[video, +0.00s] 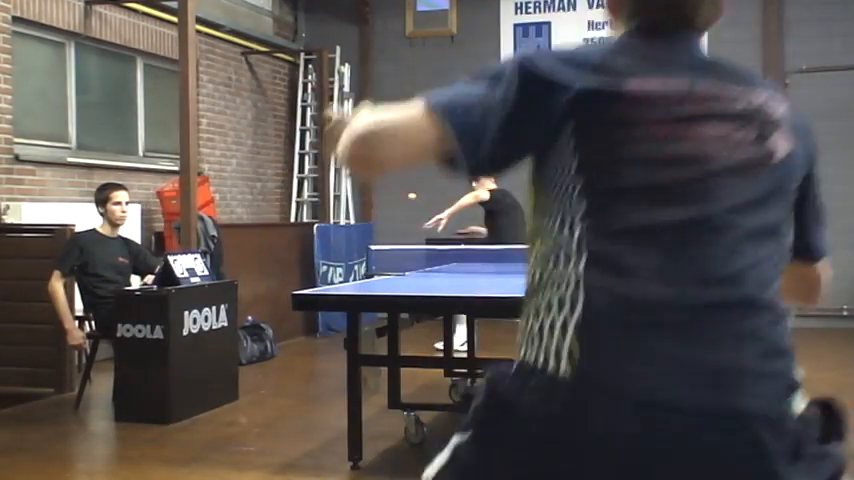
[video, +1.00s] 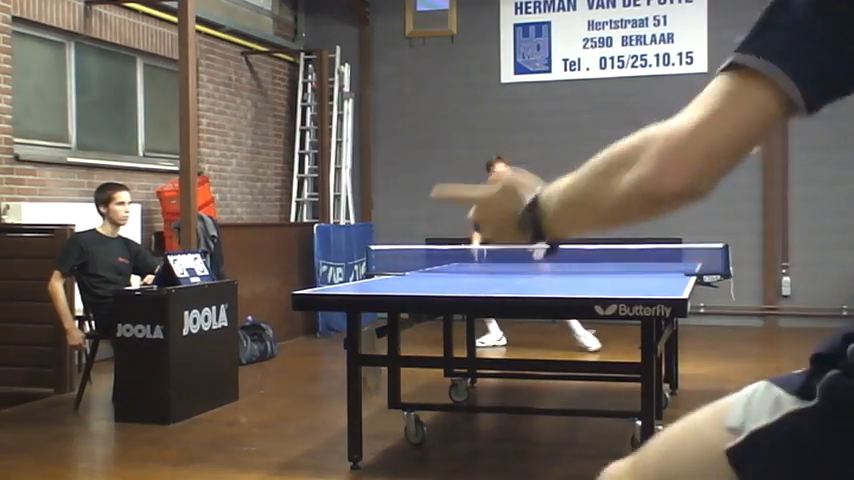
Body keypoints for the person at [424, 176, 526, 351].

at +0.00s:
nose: (474, 188)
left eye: (475, 183)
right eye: (473, 184)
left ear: (486, 181)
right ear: (493, 180)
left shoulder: (496, 196)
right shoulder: (508, 200)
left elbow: (474, 197)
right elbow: (507, 235)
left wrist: (447, 214)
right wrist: (482, 231)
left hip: (502, 262)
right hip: (514, 261)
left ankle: (460, 336)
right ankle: (463, 337)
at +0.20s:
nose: (464, 171)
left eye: (469, 166)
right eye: (462, 167)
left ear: (479, 169)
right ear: (459, 171)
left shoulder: (492, 192)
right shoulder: (455, 196)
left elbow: (514, 187)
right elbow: (428, 202)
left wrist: (486, 169)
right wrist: (428, 181)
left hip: (491, 252)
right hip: (463, 253)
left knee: (494, 291)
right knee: (440, 289)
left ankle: (511, 325)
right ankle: (452, 327)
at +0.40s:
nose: (461, 179)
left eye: (465, 175)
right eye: (457, 175)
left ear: (472, 179)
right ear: (450, 178)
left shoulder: (482, 205)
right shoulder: (440, 199)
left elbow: (494, 233)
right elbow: (423, 203)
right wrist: (430, 176)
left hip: (472, 257)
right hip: (440, 256)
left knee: (491, 288)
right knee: (411, 288)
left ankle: (496, 337)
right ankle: (403, 335)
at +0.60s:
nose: (476, 177)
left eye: (481, 173)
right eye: (472, 173)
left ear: (487, 177)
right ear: (465, 176)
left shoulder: (495, 202)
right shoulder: (453, 201)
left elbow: (510, 229)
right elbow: (431, 228)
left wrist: (518, 245)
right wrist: (436, 216)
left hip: (486, 262)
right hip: (452, 261)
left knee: (508, 290)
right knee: (425, 294)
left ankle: (520, 334)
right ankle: (404, 333)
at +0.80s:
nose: (493, 169)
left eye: (497, 165)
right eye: (489, 165)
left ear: (503, 167)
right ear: (482, 168)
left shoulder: (517, 189)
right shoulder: (475, 194)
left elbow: (541, 213)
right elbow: (460, 222)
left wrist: (538, 238)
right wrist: (457, 238)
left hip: (514, 254)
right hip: (481, 254)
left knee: (527, 284)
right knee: (456, 281)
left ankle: (525, 331)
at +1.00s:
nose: (499, 176)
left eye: (502, 171)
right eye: (494, 172)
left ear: (510, 171)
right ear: (488, 176)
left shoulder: (524, 192)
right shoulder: (486, 200)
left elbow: (547, 217)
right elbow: (477, 225)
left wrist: (542, 247)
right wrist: (475, 246)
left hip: (528, 251)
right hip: (496, 254)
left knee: (551, 292)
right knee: (476, 290)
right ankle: (495, 332)